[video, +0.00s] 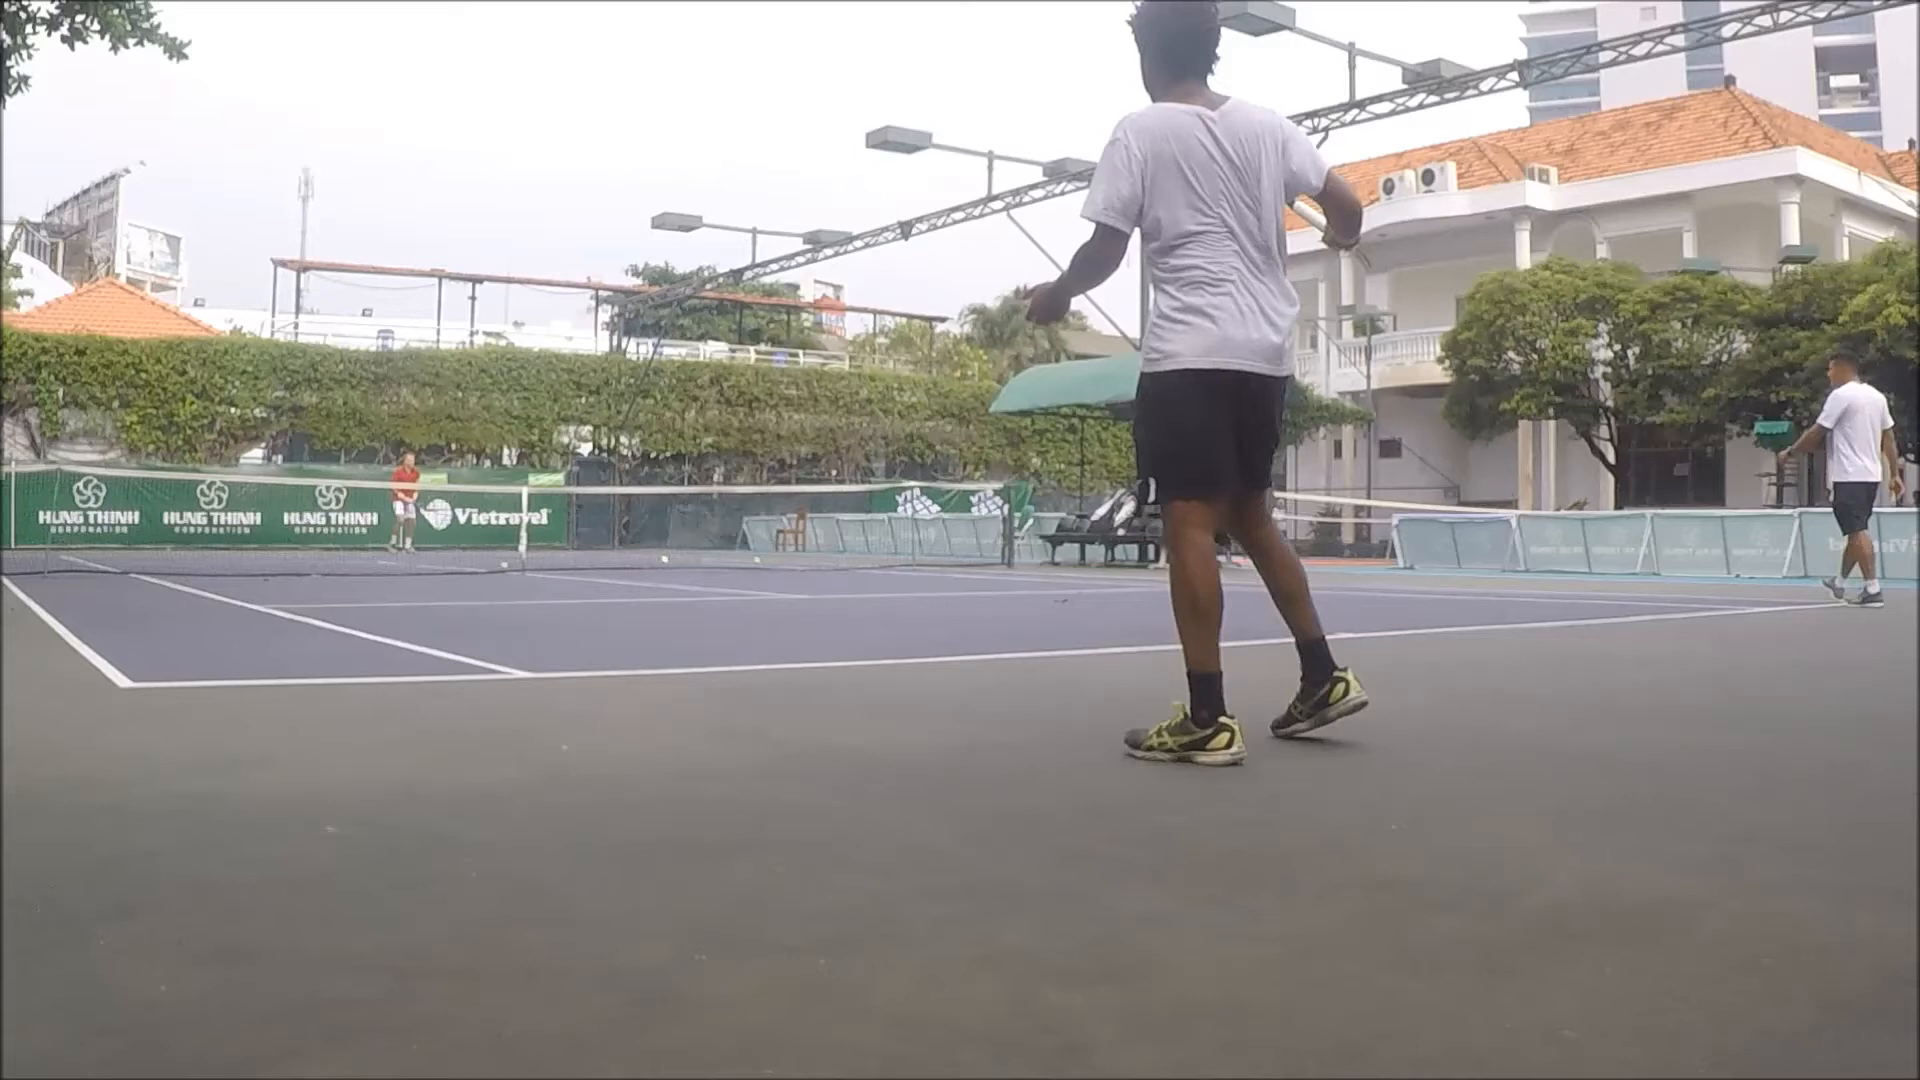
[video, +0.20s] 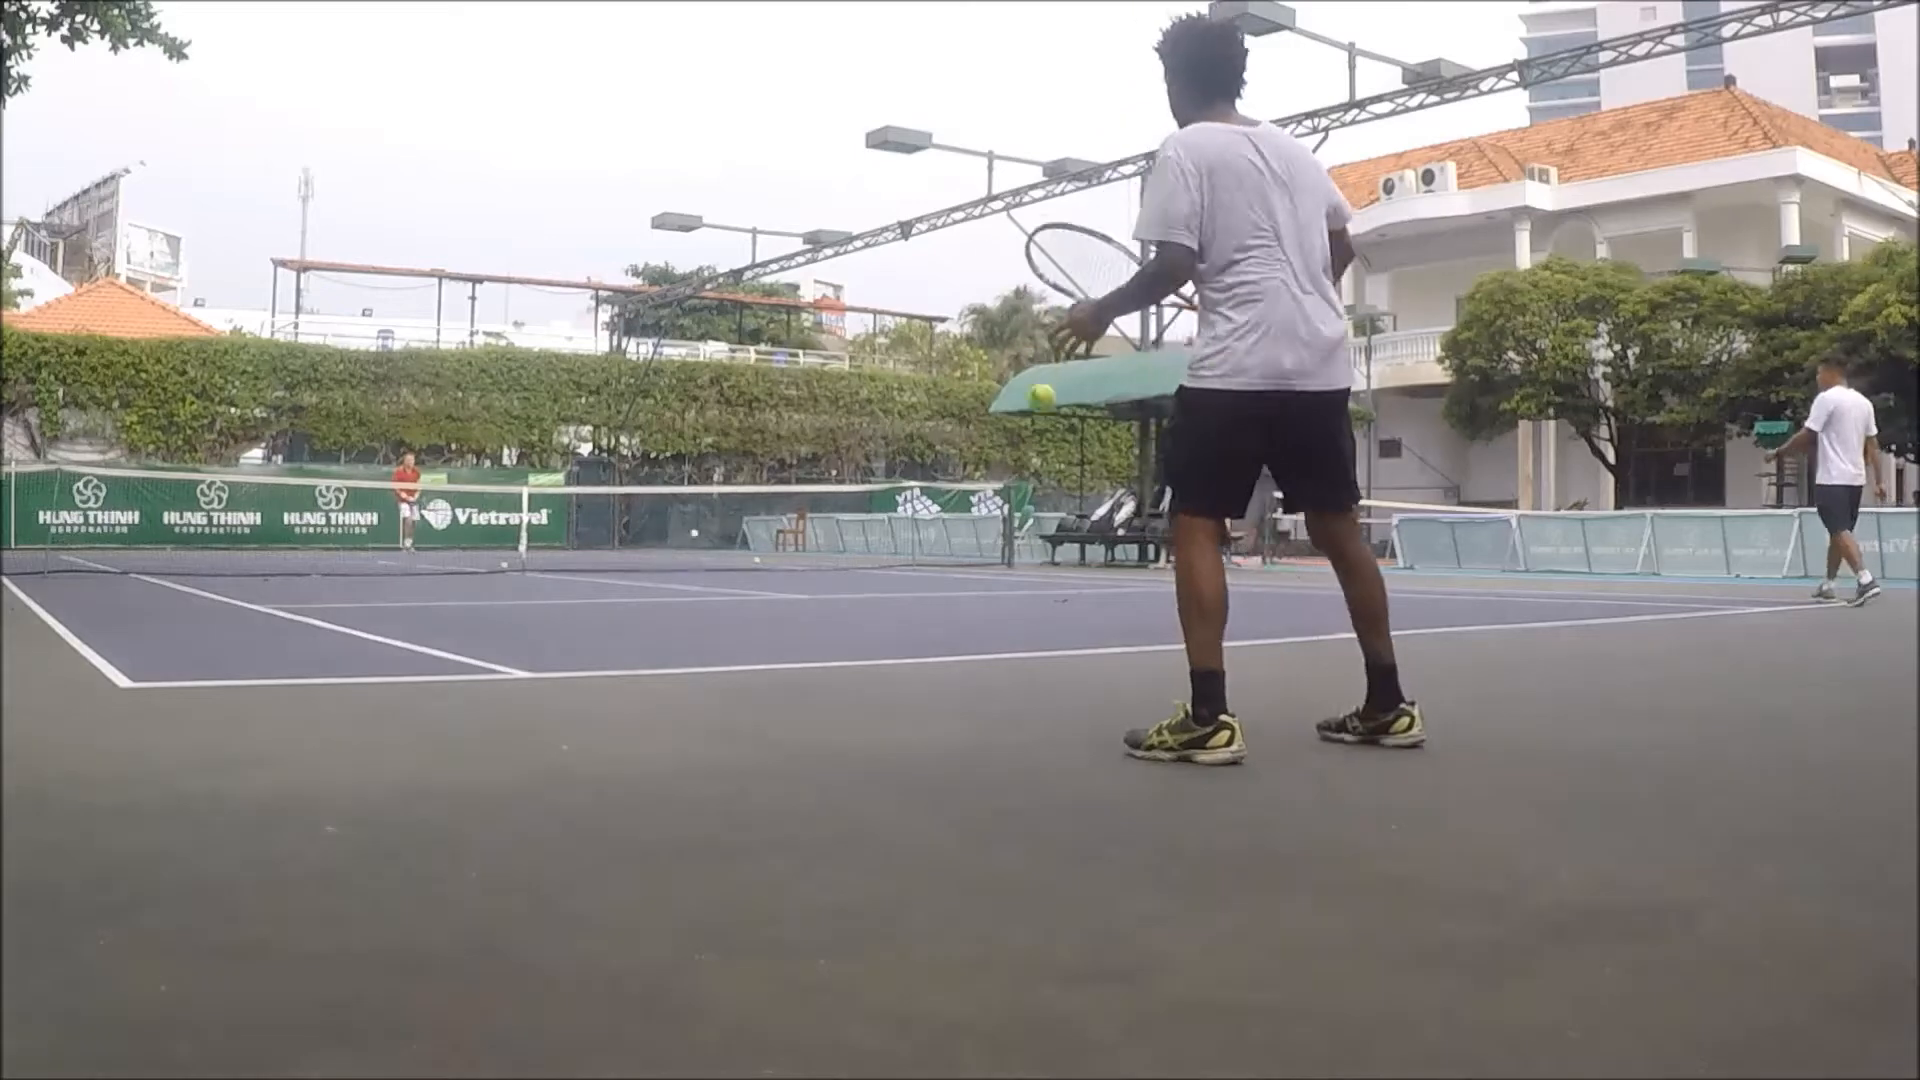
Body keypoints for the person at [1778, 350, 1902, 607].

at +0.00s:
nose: (1828, 374)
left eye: (1831, 369)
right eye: (1829, 369)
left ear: (1843, 370)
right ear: (1852, 370)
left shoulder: (1840, 395)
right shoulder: (1878, 396)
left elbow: (1816, 432)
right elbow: (1888, 439)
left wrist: (1790, 451)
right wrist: (1894, 474)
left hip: (1848, 477)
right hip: (1871, 476)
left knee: (1857, 532)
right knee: (1855, 533)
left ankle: (1872, 588)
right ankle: (1839, 583)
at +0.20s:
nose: (1817, 379)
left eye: (1820, 373)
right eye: (1817, 374)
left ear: (1832, 373)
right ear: (1839, 374)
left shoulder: (1826, 398)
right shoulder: (1864, 403)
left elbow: (1806, 435)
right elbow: (1871, 445)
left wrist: (1779, 451)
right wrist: (1878, 481)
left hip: (1831, 479)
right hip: (1856, 479)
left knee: (1839, 532)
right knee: (1839, 533)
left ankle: (1865, 580)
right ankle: (1828, 584)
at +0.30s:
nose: (1810, 376)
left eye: (1812, 372)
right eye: (1810, 372)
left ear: (1824, 373)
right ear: (1833, 374)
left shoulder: (1817, 397)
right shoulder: (1856, 402)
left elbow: (1803, 436)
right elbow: (1860, 443)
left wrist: (1782, 462)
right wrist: (1859, 479)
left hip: (1820, 479)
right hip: (1847, 479)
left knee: (1815, 526)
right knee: (1833, 530)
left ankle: (1849, 565)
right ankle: (1829, 583)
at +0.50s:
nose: (1793, 379)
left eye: (1795, 374)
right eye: (1794, 374)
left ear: (1805, 375)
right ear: (1816, 376)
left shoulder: (1803, 398)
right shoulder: (1837, 400)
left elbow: (1801, 438)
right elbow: (1838, 437)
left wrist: (1794, 474)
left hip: (1806, 475)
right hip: (1833, 476)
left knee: (1787, 523)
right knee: (1830, 533)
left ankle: (1804, 573)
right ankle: (1828, 584)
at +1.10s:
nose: (1726, 388)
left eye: (1728, 383)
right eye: (1725, 384)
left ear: (1738, 383)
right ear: (1747, 383)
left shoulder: (1737, 405)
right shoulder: (1770, 405)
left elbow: (1725, 444)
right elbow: (1775, 438)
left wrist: (1707, 474)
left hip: (1746, 478)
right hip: (1767, 476)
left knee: (1751, 530)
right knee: (1756, 528)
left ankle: (1760, 581)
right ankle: (1763, 572)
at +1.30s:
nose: (1704, 394)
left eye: (1707, 389)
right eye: (1704, 389)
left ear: (1719, 389)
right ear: (1725, 390)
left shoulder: (1717, 411)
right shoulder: (1747, 412)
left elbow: (1703, 446)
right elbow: (1754, 450)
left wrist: (1680, 464)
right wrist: (1759, 484)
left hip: (1726, 484)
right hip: (1743, 482)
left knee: (1740, 532)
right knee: (1725, 533)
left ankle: (1759, 579)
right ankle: (1711, 577)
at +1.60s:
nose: (1674, 393)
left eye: (1675, 388)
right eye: (1674, 388)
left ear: (1686, 388)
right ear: (1692, 389)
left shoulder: (1686, 409)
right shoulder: (1710, 411)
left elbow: (1681, 445)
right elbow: (1710, 447)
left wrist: (1671, 479)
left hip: (1690, 480)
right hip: (1710, 480)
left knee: (1672, 524)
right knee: (1703, 530)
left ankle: (1704, 558)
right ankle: (1704, 579)